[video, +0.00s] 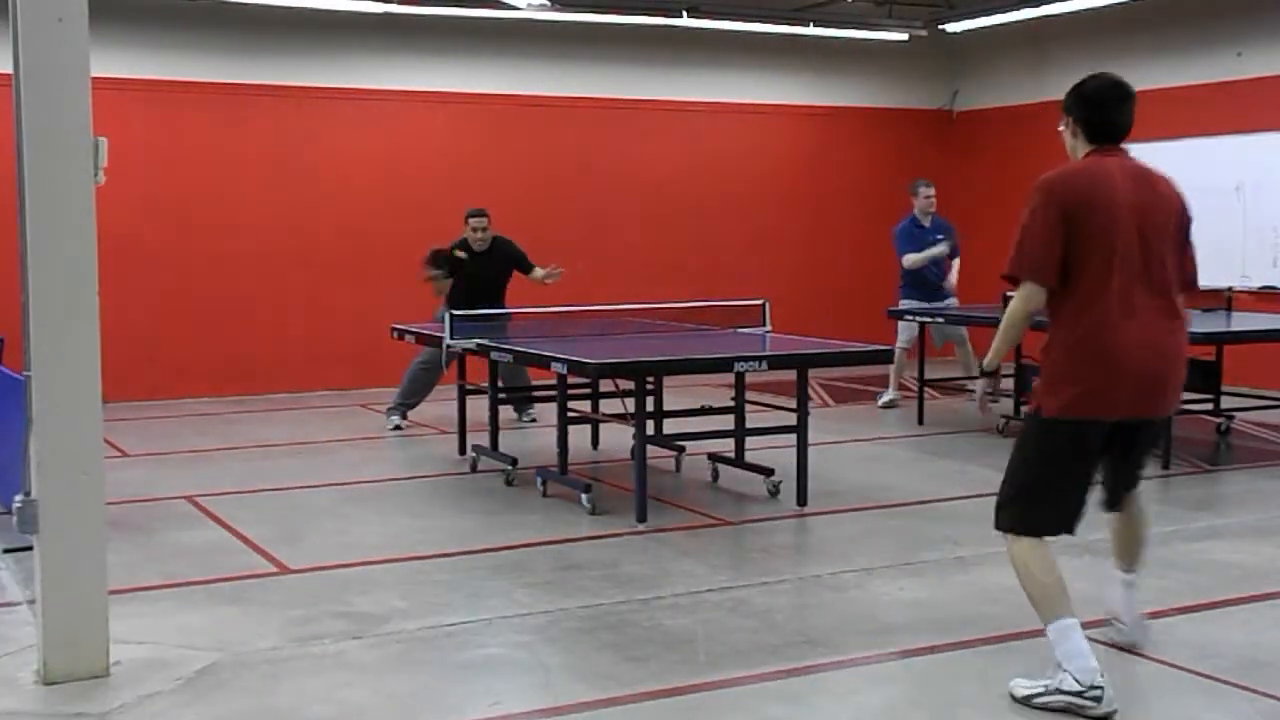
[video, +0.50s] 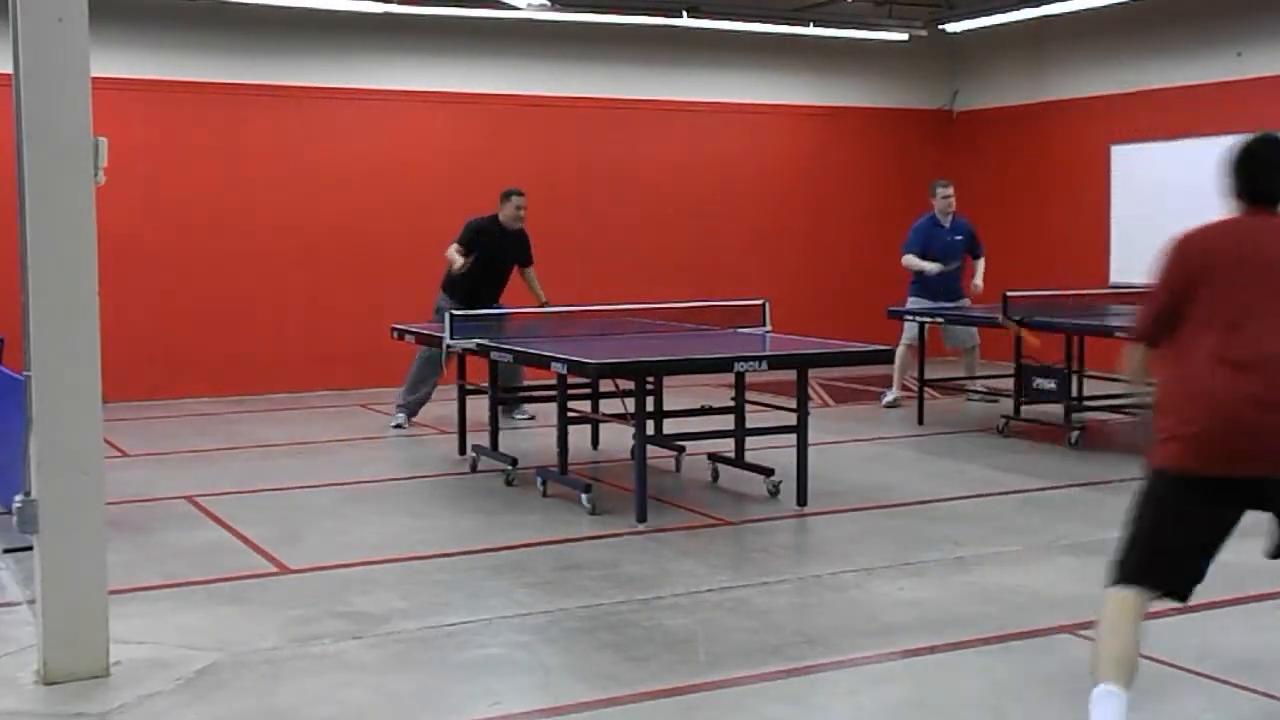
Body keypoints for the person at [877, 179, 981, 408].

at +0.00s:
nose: (932, 202)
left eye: (934, 197)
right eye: (927, 198)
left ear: (936, 199)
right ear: (914, 200)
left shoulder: (944, 227)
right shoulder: (904, 230)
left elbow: (955, 255)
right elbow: (907, 261)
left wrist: (953, 277)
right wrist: (936, 252)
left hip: (942, 294)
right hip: (913, 295)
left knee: (961, 339)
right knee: (903, 343)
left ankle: (974, 382)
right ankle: (892, 391)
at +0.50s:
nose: (951, 201)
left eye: (952, 197)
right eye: (945, 198)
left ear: (956, 198)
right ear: (933, 201)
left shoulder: (964, 228)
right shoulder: (921, 228)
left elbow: (978, 255)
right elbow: (907, 258)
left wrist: (978, 278)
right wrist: (926, 266)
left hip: (955, 297)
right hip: (922, 297)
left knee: (971, 343)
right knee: (908, 342)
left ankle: (973, 387)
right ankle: (896, 390)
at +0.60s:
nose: (939, 206)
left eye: (942, 201)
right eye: (933, 202)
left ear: (946, 202)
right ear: (923, 206)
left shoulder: (957, 231)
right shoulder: (912, 233)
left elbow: (975, 259)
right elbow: (896, 264)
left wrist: (970, 282)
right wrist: (911, 279)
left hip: (952, 300)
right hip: (919, 301)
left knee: (971, 343)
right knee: (902, 344)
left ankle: (973, 387)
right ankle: (892, 389)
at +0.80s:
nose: (952, 189)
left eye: (956, 186)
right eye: (948, 185)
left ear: (961, 189)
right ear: (938, 185)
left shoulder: (964, 216)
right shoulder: (923, 216)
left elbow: (968, 250)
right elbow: (904, 245)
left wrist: (941, 262)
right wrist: (878, 262)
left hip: (954, 292)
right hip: (923, 290)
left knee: (959, 345)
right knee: (913, 340)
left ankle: (960, 391)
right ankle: (913, 387)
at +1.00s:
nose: (942, 192)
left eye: (946, 189)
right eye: (938, 187)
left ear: (950, 191)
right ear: (927, 188)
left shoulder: (955, 217)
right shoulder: (913, 219)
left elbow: (955, 249)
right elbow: (905, 252)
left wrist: (922, 242)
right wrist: (915, 258)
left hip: (950, 289)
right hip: (921, 289)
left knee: (957, 346)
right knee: (914, 344)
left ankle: (960, 391)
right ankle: (912, 388)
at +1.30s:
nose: (935, 190)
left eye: (938, 186)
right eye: (930, 186)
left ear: (941, 188)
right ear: (918, 189)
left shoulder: (951, 215)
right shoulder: (908, 220)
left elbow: (967, 241)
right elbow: (905, 254)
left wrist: (956, 255)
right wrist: (932, 252)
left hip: (952, 289)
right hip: (921, 292)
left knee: (962, 339)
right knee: (913, 343)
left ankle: (970, 387)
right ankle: (913, 387)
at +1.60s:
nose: (960, 194)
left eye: (962, 190)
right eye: (955, 191)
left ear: (964, 193)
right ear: (942, 193)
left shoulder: (967, 220)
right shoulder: (929, 222)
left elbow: (972, 246)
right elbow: (920, 254)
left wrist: (982, 265)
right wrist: (945, 258)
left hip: (965, 291)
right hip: (935, 293)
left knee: (983, 338)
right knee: (919, 342)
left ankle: (993, 383)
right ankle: (913, 387)